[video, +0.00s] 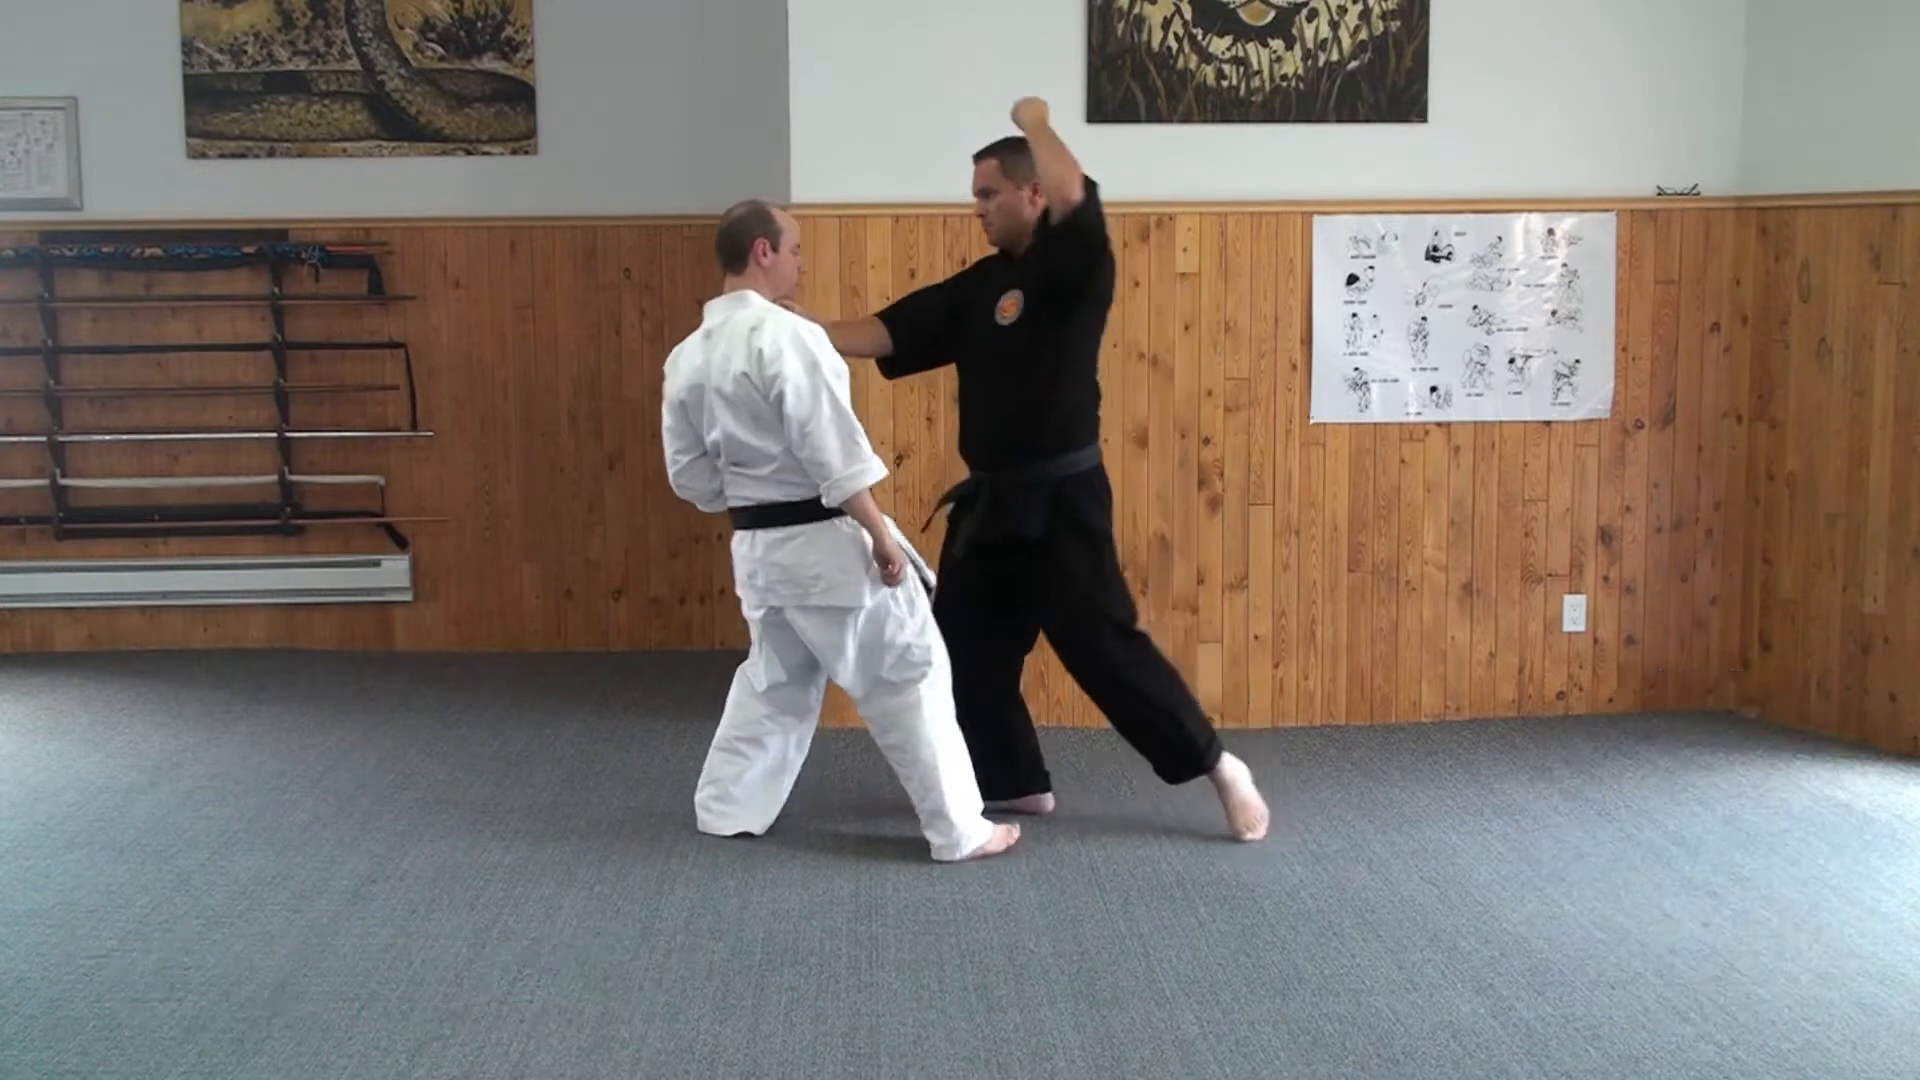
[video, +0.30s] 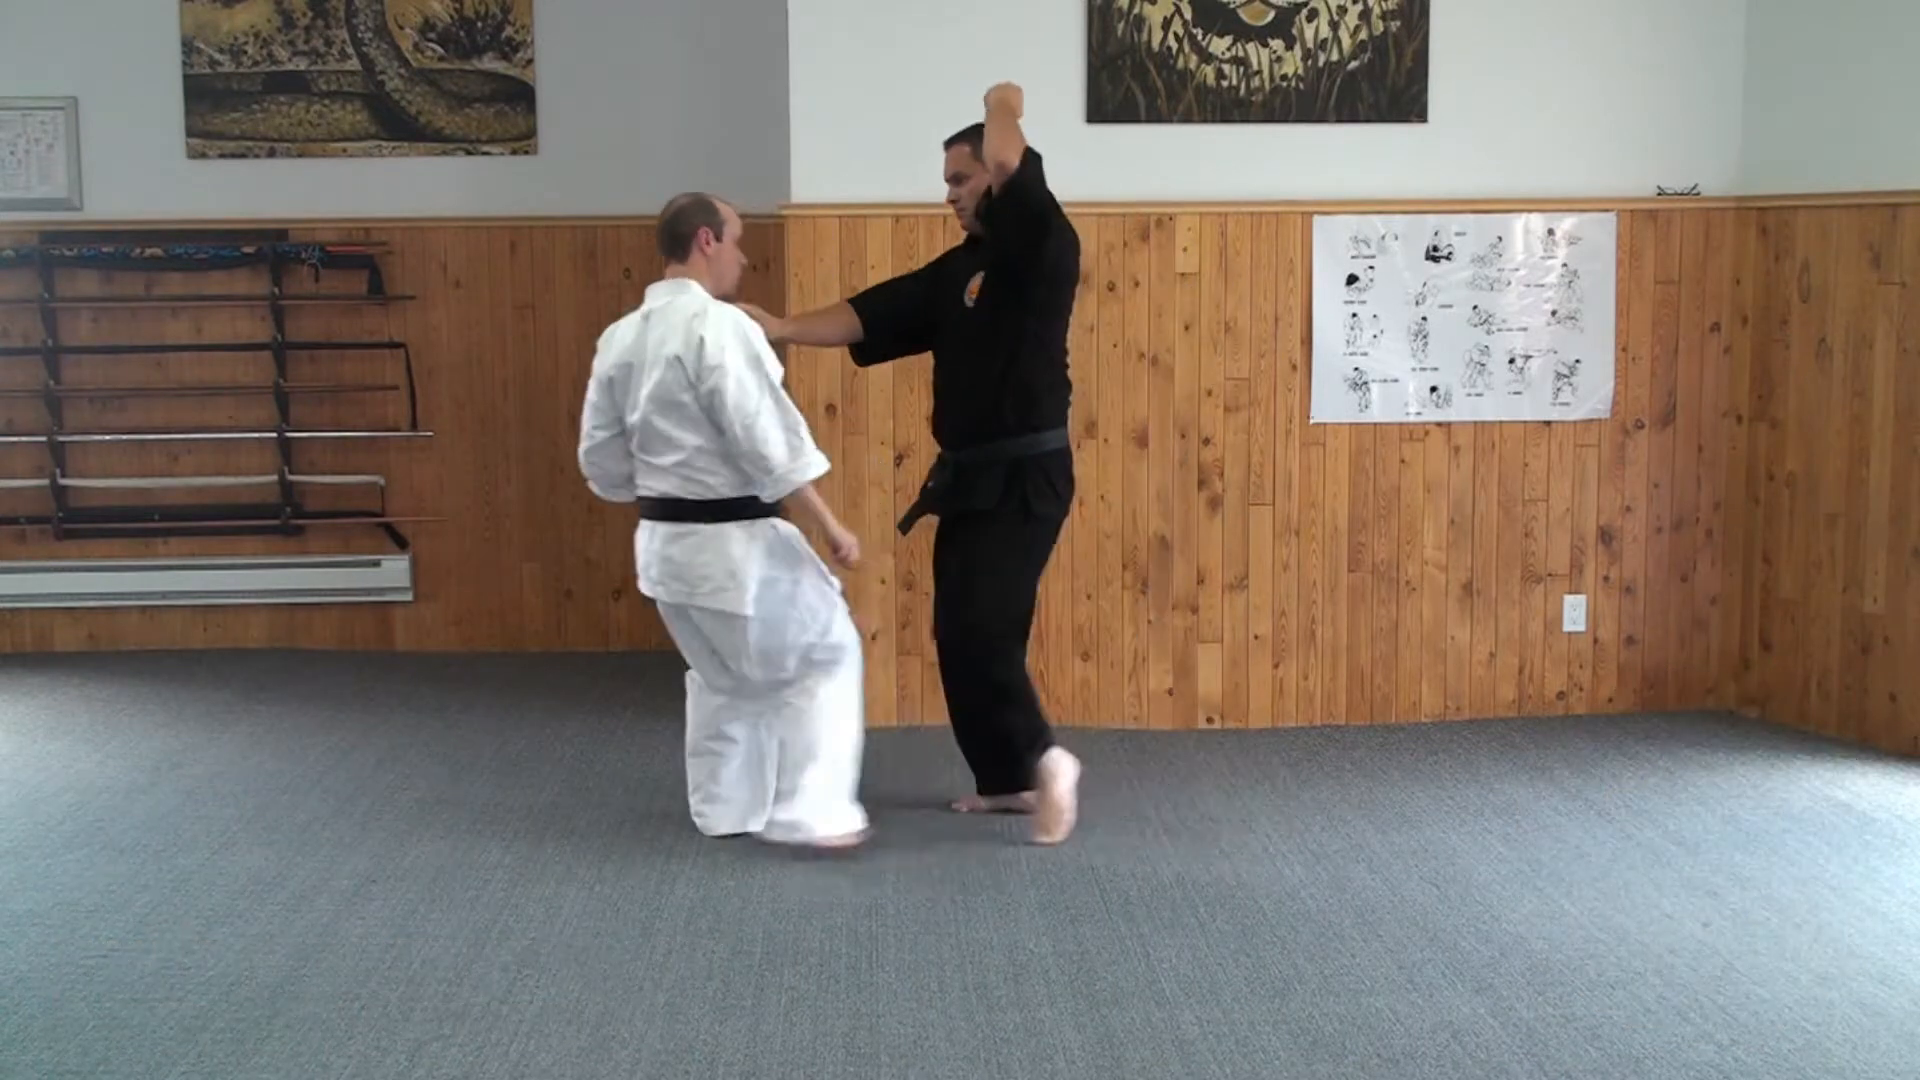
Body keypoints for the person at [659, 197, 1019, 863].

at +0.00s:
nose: (802, 265)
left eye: (800, 251)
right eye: (795, 251)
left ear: (743, 258)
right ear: (762, 254)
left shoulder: (686, 358)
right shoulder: (791, 337)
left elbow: (690, 476)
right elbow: (832, 450)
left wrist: (754, 506)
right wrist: (879, 532)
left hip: (756, 548)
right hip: (831, 542)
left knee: (775, 676)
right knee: (908, 677)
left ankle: (723, 810)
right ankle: (958, 828)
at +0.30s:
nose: (743, 259)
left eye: (741, 244)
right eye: (736, 244)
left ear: (684, 246)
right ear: (705, 244)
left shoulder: (622, 336)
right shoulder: (718, 328)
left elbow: (601, 461)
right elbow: (768, 444)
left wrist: (664, 492)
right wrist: (827, 526)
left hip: (663, 550)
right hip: (734, 549)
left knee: (721, 675)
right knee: (829, 651)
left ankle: (724, 807)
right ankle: (815, 810)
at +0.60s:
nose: (703, 244)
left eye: (701, 230)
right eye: (697, 229)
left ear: (639, 235)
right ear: (664, 232)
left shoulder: (575, 310)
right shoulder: (673, 319)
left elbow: (526, 414)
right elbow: (681, 447)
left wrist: (496, 498)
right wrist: (723, 542)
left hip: (582, 531)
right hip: (651, 535)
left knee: (669, 669)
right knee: (651, 684)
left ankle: (708, 802)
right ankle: (594, 833)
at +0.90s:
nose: (665, 244)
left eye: (663, 230)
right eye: (658, 231)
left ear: (605, 237)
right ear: (626, 234)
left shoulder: (545, 311)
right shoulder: (631, 324)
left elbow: (503, 418)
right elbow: (612, 441)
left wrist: (507, 492)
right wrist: (627, 547)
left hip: (544, 530)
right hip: (611, 540)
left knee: (552, 674)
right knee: (648, 686)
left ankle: (513, 788)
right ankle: (606, 838)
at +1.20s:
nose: (640, 240)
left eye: (636, 225)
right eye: (630, 226)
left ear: (575, 238)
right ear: (594, 234)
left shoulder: (524, 316)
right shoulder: (598, 319)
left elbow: (497, 439)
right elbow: (598, 428)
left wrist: (553, 487)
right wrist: (623, 526)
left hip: (533, 528)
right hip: (595, 532)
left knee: (547, 679)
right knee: (637, 682)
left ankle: (509, 796)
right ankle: (608, 837)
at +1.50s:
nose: (664, 253)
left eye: (664, 239)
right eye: (658, 239)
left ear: (598, 243)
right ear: (624, 240)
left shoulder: (536, 315)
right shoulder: (626, 316)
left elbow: (494, 427)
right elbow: (620, 426)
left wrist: (497, 505)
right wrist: (634, 529)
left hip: (529, 527)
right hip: (595, 530)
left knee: (543, 683)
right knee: (640, 685)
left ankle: (510, 798)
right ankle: (611, 840)